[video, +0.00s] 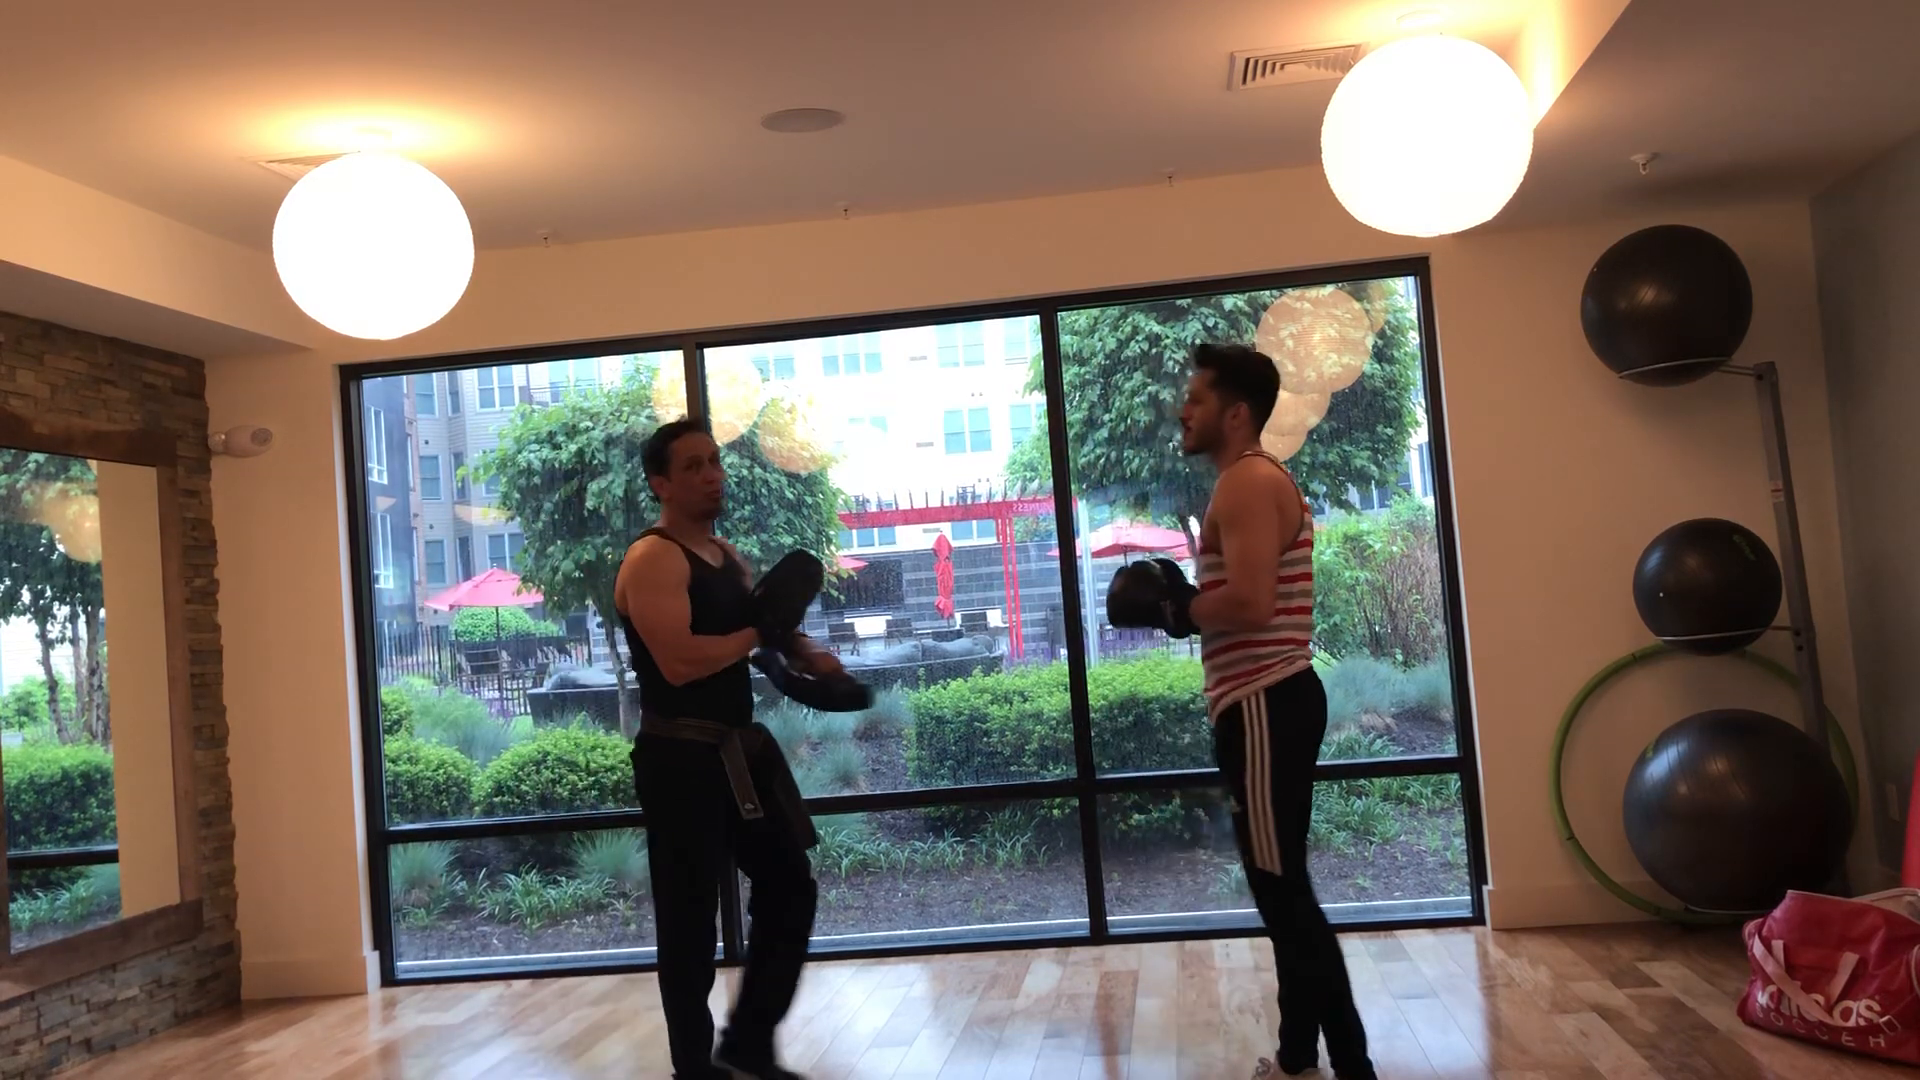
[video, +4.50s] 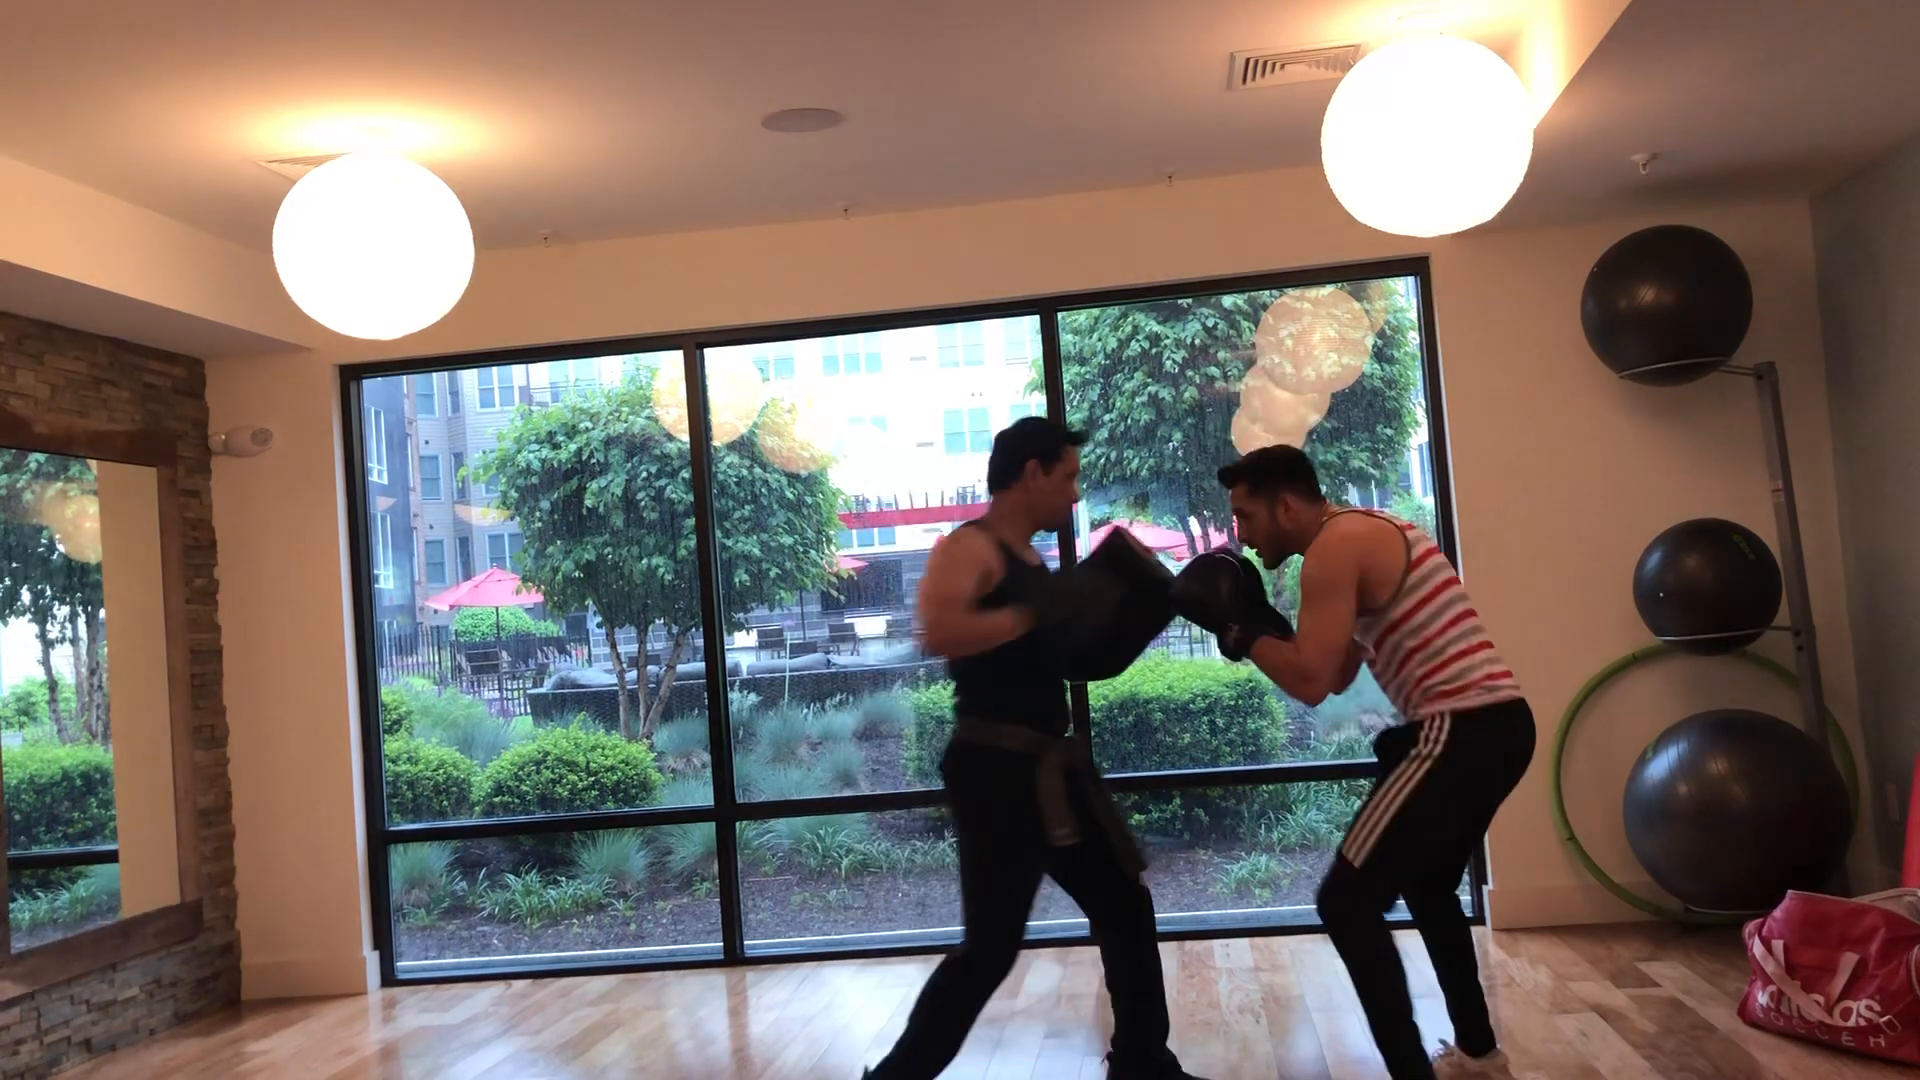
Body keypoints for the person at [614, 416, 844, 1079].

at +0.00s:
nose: (714, 474)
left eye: (715, 461)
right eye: (696, 466)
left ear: (720, 469)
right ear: (661, 484)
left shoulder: (729, 557)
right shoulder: (650, 560)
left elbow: (771, 625)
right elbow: (679, 661)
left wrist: (813, 656)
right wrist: (762, 633)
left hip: (739, 748)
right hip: (676, 756)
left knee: (790, 886)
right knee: (687, 914)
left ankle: (749, 1042)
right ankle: (693, 1061)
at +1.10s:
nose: (807, 464)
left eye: (815, 450)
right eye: (790, 452)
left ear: (825, 460)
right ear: (756, 466)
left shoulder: (838, 543)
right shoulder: (728, 548)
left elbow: (859, 633)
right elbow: (698, 653)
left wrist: (895, 686)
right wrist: (798, 695)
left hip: (840, 753)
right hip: (760, 763)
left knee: (901, 896)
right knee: (774, 932)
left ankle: (851, 1031)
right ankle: (784, 1068)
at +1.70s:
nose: (918, 444)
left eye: (916, 433)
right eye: (901, 434)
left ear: (901, 448)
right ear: (855, 449)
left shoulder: (919, 537)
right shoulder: (818, 535)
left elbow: (947, 623)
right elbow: (770, 644)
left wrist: (979, 696)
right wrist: (829, 730)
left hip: (918, 756)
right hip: (843, 759)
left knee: (934, 929)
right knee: (832, 931)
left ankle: (948, 1071)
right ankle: (796, 1070)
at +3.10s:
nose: (952, 452)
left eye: (948, 439)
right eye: (938, 441)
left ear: (904, 454)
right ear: (891, 453)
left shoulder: (929, 532)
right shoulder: (841, 538)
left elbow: (931, 636)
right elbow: (806, 657)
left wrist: (994, 652)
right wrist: (914, 681)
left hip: (935, 753)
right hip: (862, 758)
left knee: (967, 932)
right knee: (855, 946)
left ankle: (991, 1073)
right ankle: (844, 1078)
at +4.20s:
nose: (1015, 495)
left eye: (1017, 480)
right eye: (1011, 478)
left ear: (972, 474)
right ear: (971, 471)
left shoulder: (969, 549)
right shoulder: (888, 550)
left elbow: (971, 650)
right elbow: (877, 674)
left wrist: (1035, 678)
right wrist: (982, 700)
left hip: (964, 754)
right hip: (895, 760)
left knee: (1030, 909)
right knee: (898, 942)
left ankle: (1098, 1059)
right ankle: (873, 1076)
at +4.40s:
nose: (1052, 501)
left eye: (1053, 486)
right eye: (1046, 485)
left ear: (1007, 482)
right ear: (1007, 481)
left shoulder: (1011, 559)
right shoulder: (932, 560)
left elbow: (1028, 659)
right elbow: (877, 660)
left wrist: (1087, 603)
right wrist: (984, 676)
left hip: (1025, 769)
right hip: (959, 776)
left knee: (1100, 915)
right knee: (954, 954)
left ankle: (1137, 1065)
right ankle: (890, 1077)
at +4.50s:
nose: (1077, 492)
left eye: (1078, 478)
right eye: (1070, 478)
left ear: (1028, 479)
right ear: (1030, 476)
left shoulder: (1029, 560)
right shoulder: (966, 547)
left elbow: (1068, 649)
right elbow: (938, 631)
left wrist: (1119, 590)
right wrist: (1038, 611)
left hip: (1047, 763)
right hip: (991, 767)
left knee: (1124, 907)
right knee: (991, 947)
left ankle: (1143, 1061)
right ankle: (896, 1074)